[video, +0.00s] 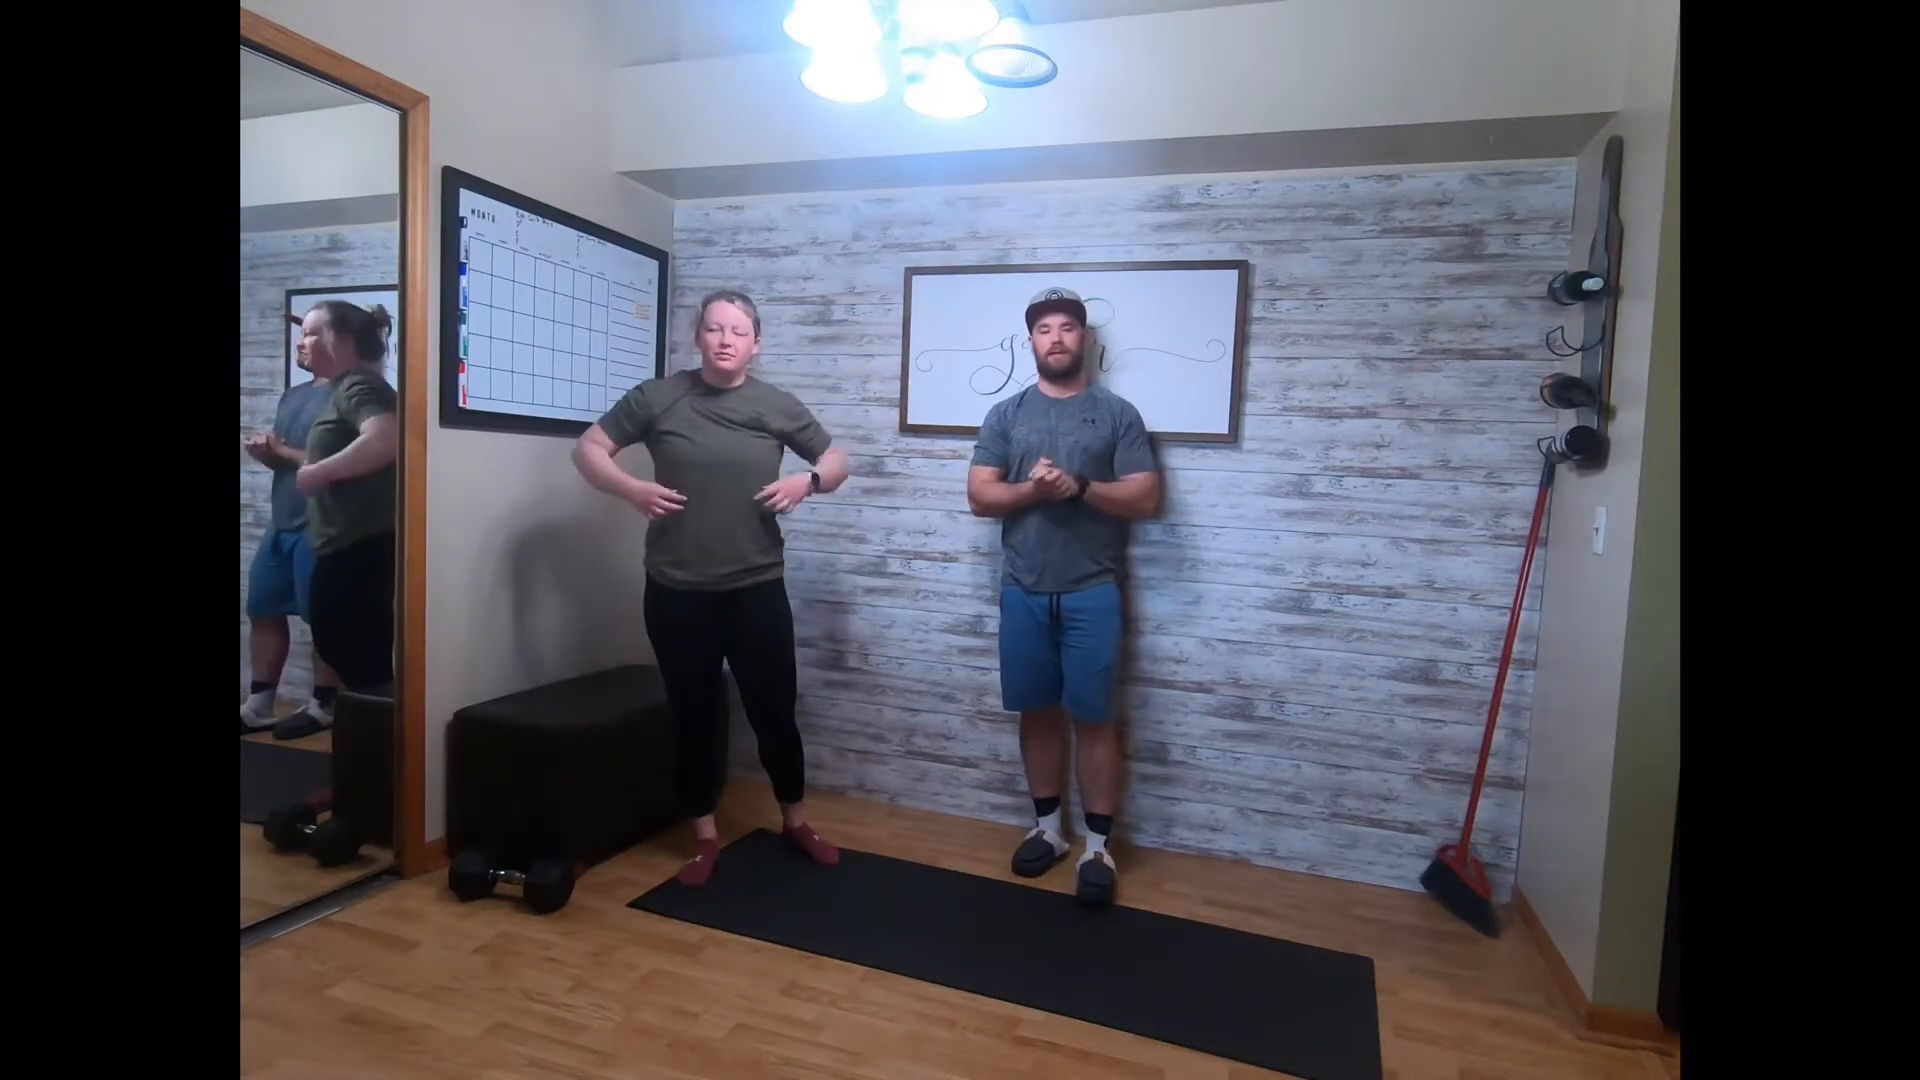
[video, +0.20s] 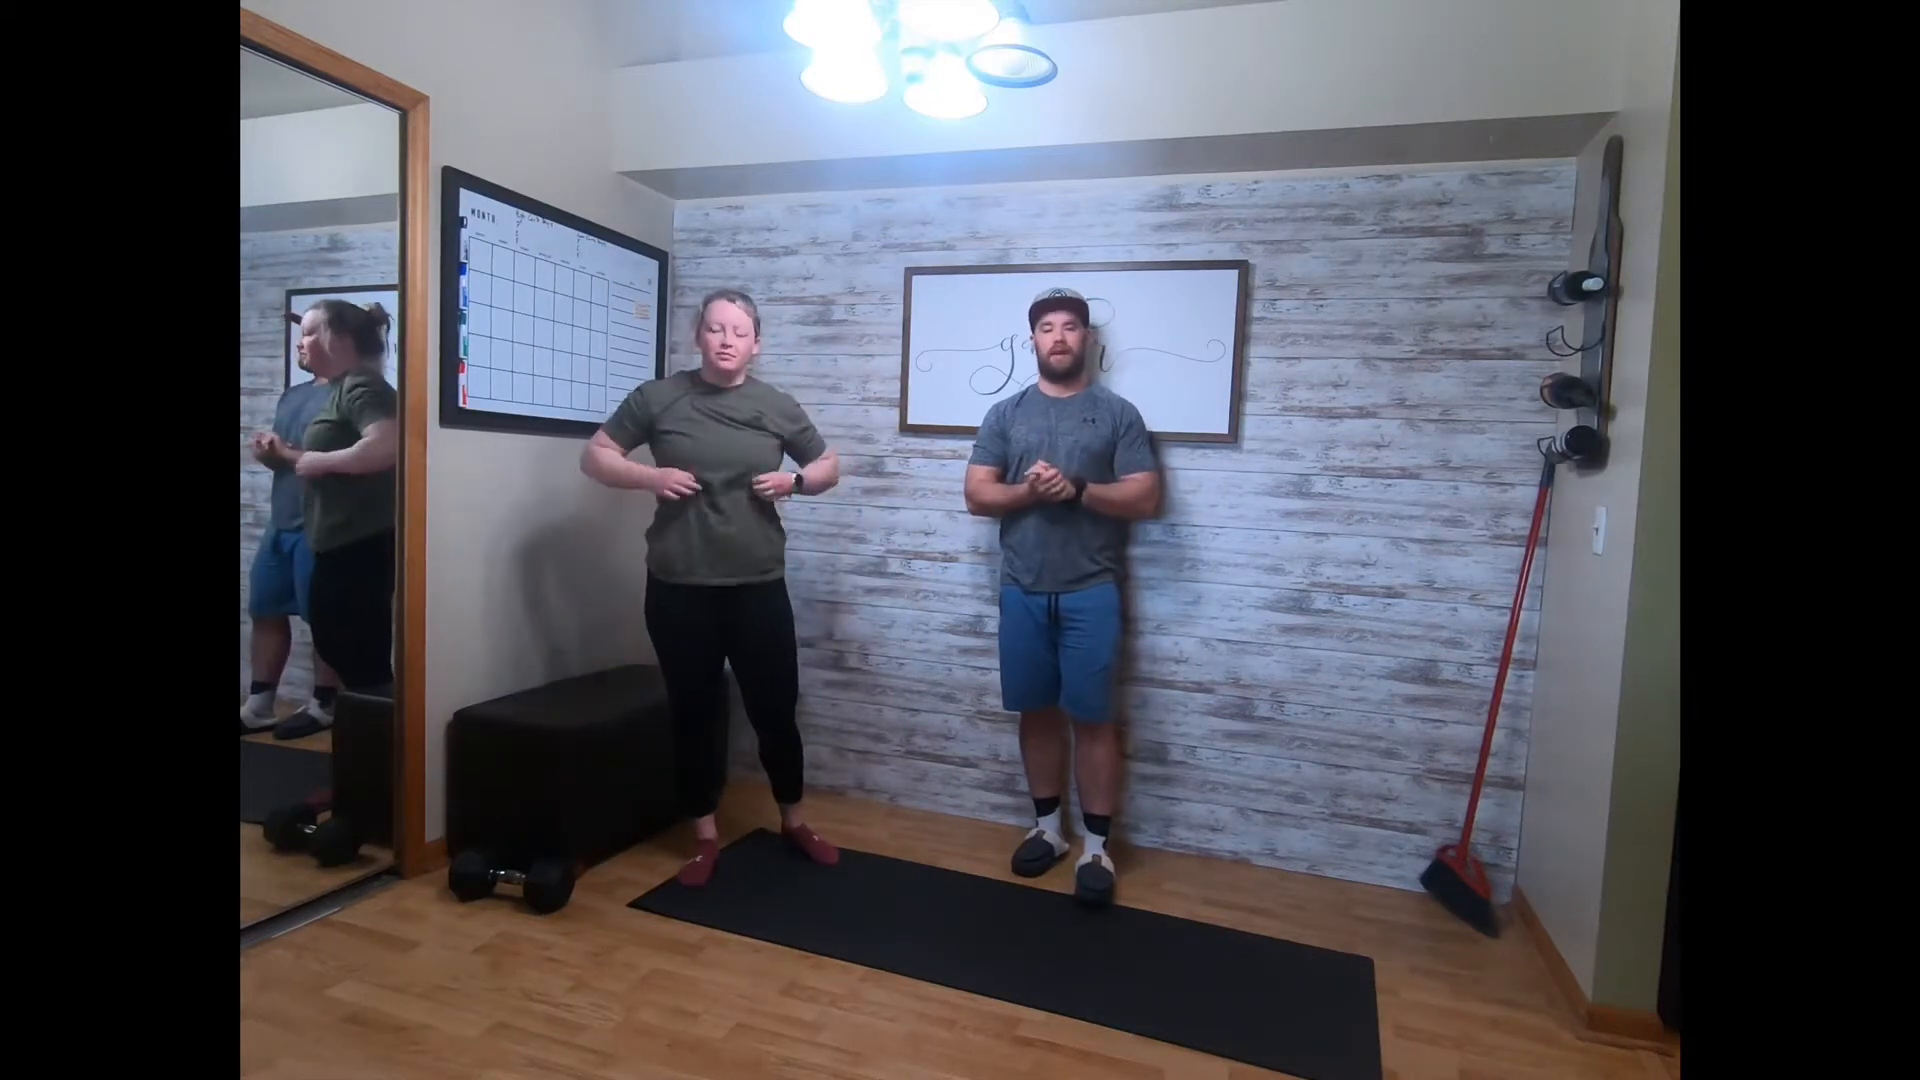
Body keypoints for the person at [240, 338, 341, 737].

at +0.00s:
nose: (303, 342)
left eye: (312, 335)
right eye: (302, 335)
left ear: (333, 343)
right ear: (299, 344)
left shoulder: (345, 395)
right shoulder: (292, 396)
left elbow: (329, 460)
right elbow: (285, 458)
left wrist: (280, 452)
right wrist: (267, 450)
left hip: (319, 528)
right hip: (281, 527)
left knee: (322, 621)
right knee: (264, 610)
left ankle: (324, 706)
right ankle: (260, 703)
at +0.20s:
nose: (300, 342)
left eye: (309, 333)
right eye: (300, 333)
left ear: (334, 340)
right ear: (301, 342)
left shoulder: (347, 397)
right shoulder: (290, 396)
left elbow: (337, 462)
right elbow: (286, 463)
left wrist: (288, 454)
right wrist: (269, 452)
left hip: (321, 528)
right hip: (281, 526)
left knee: (323, 619)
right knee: (266, 610)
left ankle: (325, 705)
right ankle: (260, 702)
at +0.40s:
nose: (300, 357)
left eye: (307, 348)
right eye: (297, 349)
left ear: (329, 344)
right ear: (296, 351)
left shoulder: (349, 395)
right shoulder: (290, 396)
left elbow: (333, 459)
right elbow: (278, 453)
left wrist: (282, 455)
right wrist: (274, 450)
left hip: (323, 527)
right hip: (283, 524)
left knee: (323, 619)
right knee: (265, 609)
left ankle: (325, 706)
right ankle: (260, 702)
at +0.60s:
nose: (291, 361)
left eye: (296, 353)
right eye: (289, 354)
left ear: (319, 346)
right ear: (288, 349)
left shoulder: (344, 397)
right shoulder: (290, 395)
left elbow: (334, 461)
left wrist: (284, 456)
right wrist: (274, 450)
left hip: (322, 530)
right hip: (283, 525)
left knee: (324, 622)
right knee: (265, 608)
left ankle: (326, 705)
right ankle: (261, 702)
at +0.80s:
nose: (281, 383)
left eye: (283, 374)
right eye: (277, 376)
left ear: (306, 360)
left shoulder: (340, 402)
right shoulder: (287, 399)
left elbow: (336, 463)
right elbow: (280, 461)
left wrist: (284, 454)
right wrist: (272, 449)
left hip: (321, 530)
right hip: (282, 528)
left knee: (324, 620)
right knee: (264, 609)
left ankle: (326, 706)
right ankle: (261, 703)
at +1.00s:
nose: (280, 387)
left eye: (280, 378)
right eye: (274, 380)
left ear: (299, 361)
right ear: (277, 368)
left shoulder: (333, 406)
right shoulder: (285, 404)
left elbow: (333, 466)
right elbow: (288, 461)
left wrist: (282, 454)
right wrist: (272, 449)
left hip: (317, 529)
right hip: (280, 527)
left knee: (318, 617)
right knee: (264, 610)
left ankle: (325, 705)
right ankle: (261, 702)